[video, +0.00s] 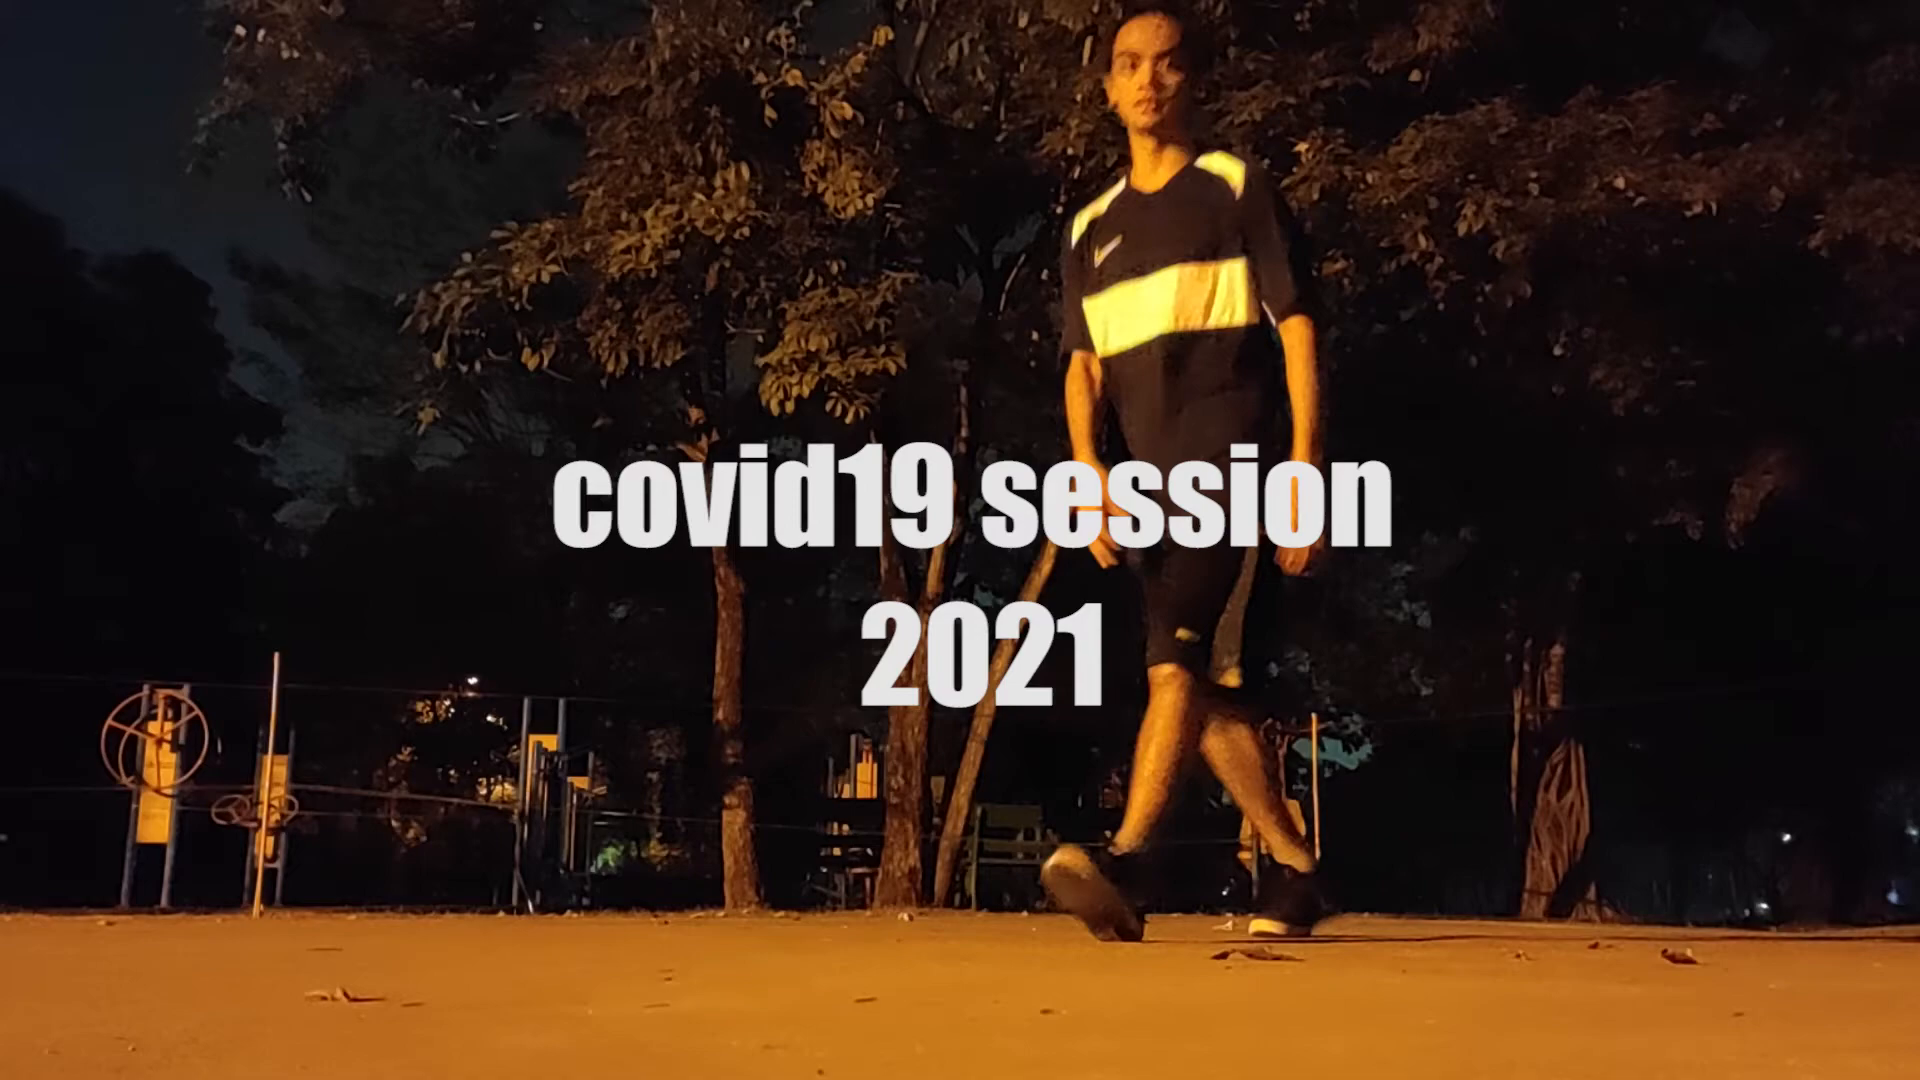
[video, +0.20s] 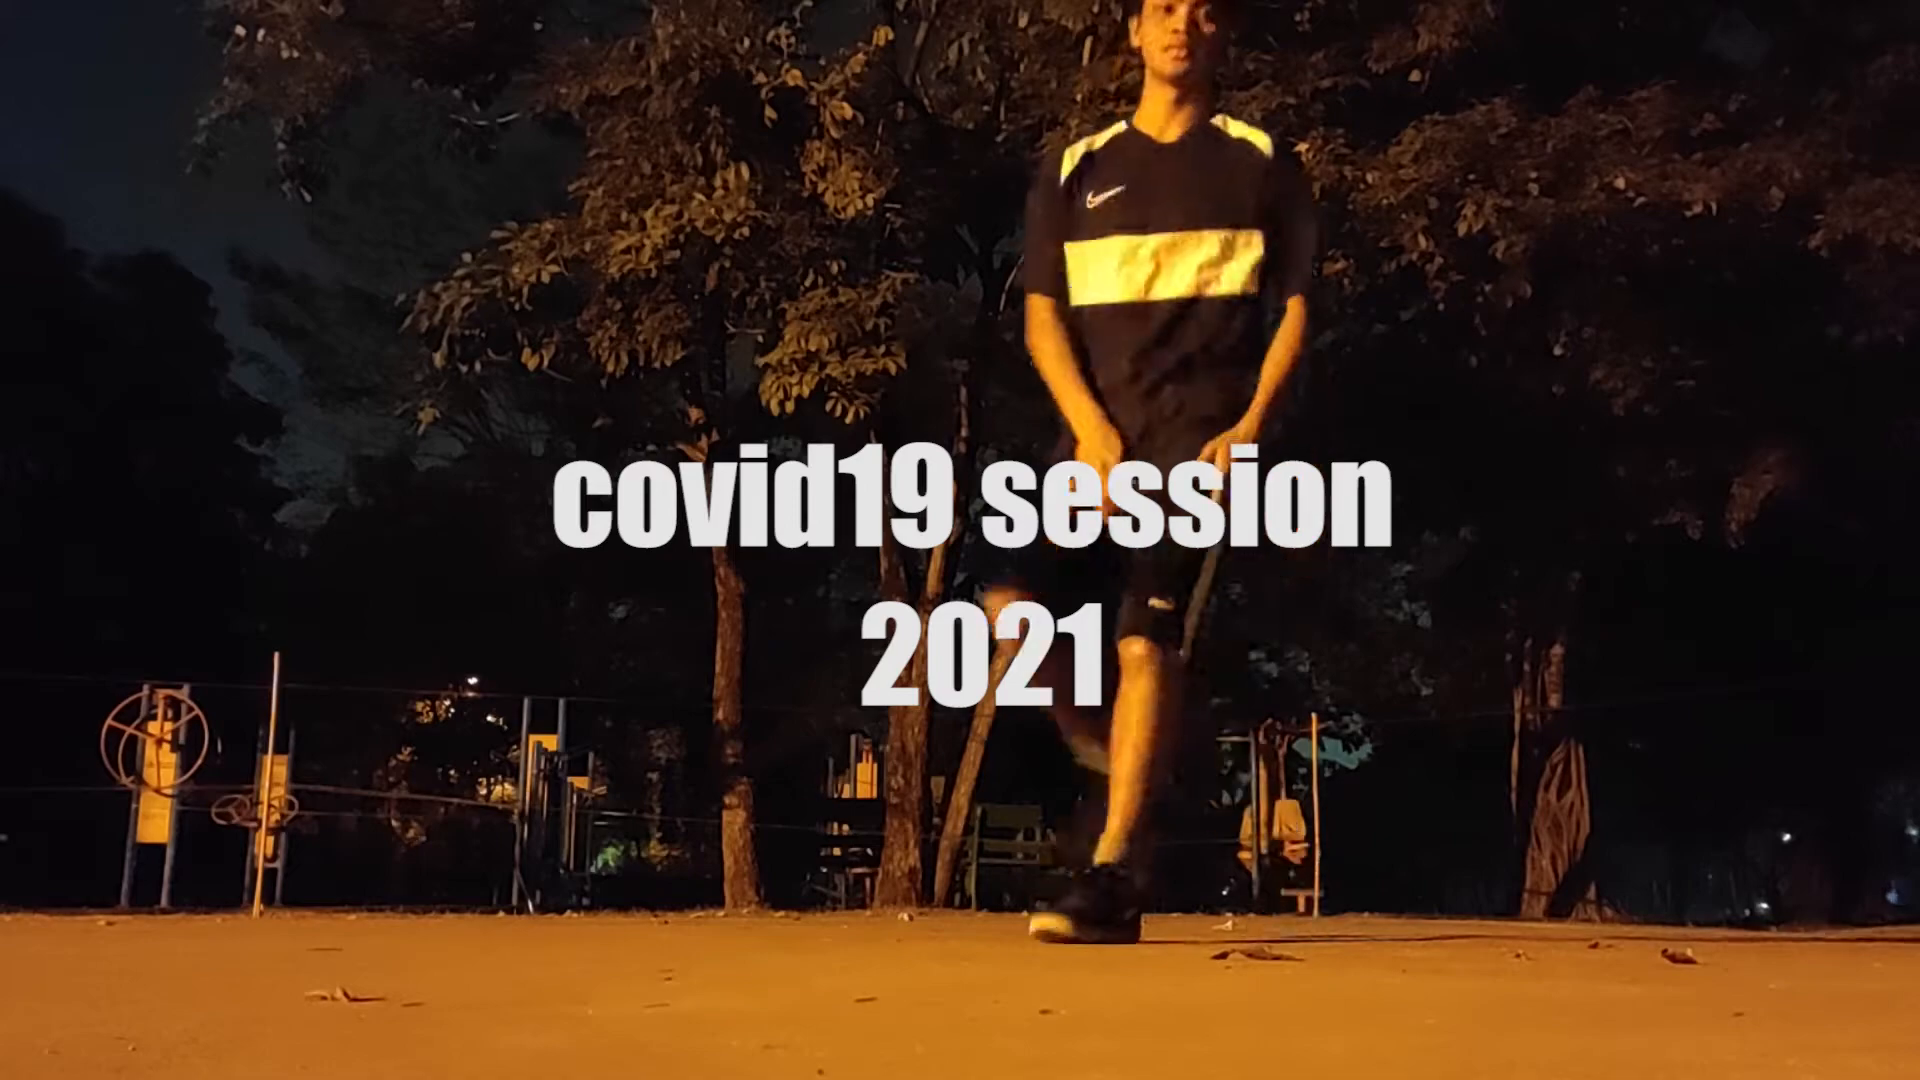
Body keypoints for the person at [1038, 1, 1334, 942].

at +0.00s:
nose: (1150, 79)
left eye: (1167, 62)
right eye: (1132, 64)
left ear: (1195, 78)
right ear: (1107, 84)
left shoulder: (1237, 185)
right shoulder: (1088, 225)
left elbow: (1297, 330)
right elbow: (1083, 366)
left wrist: (1304, 478)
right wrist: (1088, 479)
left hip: (1232, 472)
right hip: (1141, 484)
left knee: (1177, 651)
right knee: (1191, 682)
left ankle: (1126, 865)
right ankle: (1293, 860)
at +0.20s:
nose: (1183, 25)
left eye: (1199, 11)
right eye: (1164, 11)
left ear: (1222, 30)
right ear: (1134, 31)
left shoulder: (1266, 163)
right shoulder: (1073, 165)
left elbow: (1294, 310)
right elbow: (1041, 316)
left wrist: (1248, 428)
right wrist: (1088, 422)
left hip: (1202, 451)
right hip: (1092, 448)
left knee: (1147, 640)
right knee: (1015, 632)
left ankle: (1111, 877)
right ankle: (1142, 795)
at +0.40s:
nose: (1203, 10)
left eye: (1218, 2)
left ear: (1243, 17)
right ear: (1158, 5)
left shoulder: (1278, 136)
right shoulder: (1086, 103)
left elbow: (1286, 295)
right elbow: (1028, 250)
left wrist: (1248, 390)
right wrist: (1108, 358)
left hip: (1201, 428)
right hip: (1085, 404)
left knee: (1164, 626)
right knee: (1084, 568)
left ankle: (1106, 837)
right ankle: (1061, 822)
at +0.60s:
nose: (1220, 10)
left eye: (1226, 4)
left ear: (1226, 13)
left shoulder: (1235, 98)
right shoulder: (1097, 59)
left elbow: (1232, 261)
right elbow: (1079, 207)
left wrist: (1269, 363)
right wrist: (1200, 337)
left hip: (1223, 394)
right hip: (1144, 389)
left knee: (1250, 650)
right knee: (1298, 580)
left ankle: (1021, 798)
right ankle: (1349, 873)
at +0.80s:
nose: (1216, 4)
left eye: (1216, 4)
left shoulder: (1110, 30)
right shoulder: (1122, 17)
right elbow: (1150, 180)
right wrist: (1246, 304)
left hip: (1098, 367)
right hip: (1119, 360)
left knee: (1167, 625)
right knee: (1257, 578)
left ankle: (962, 830)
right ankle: (1318, 862)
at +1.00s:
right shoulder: (1052, 9)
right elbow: (1191, 85)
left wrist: (1271, 89)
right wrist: (1279, 75)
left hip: (962, 340)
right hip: (992, 342)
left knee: (983, 606)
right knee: (1101, 565)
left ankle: (918, 870)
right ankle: (856, 673)